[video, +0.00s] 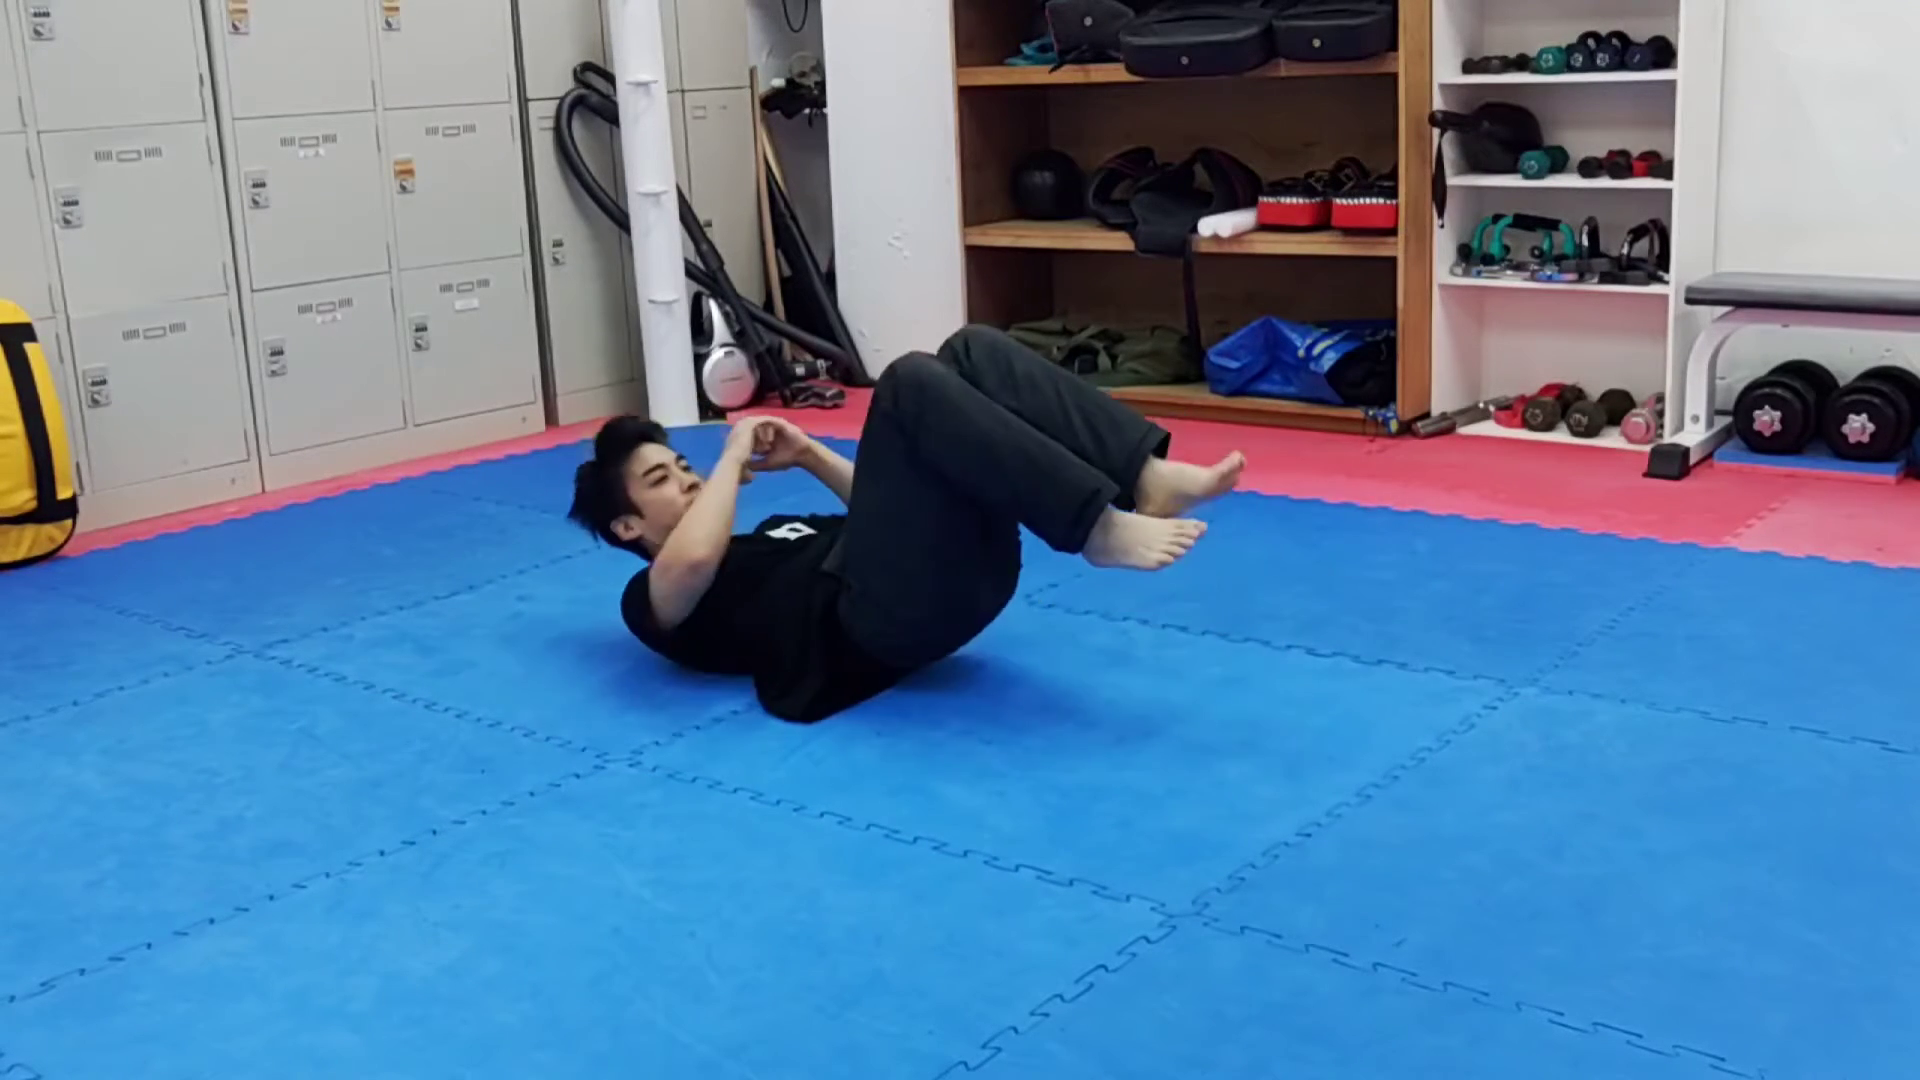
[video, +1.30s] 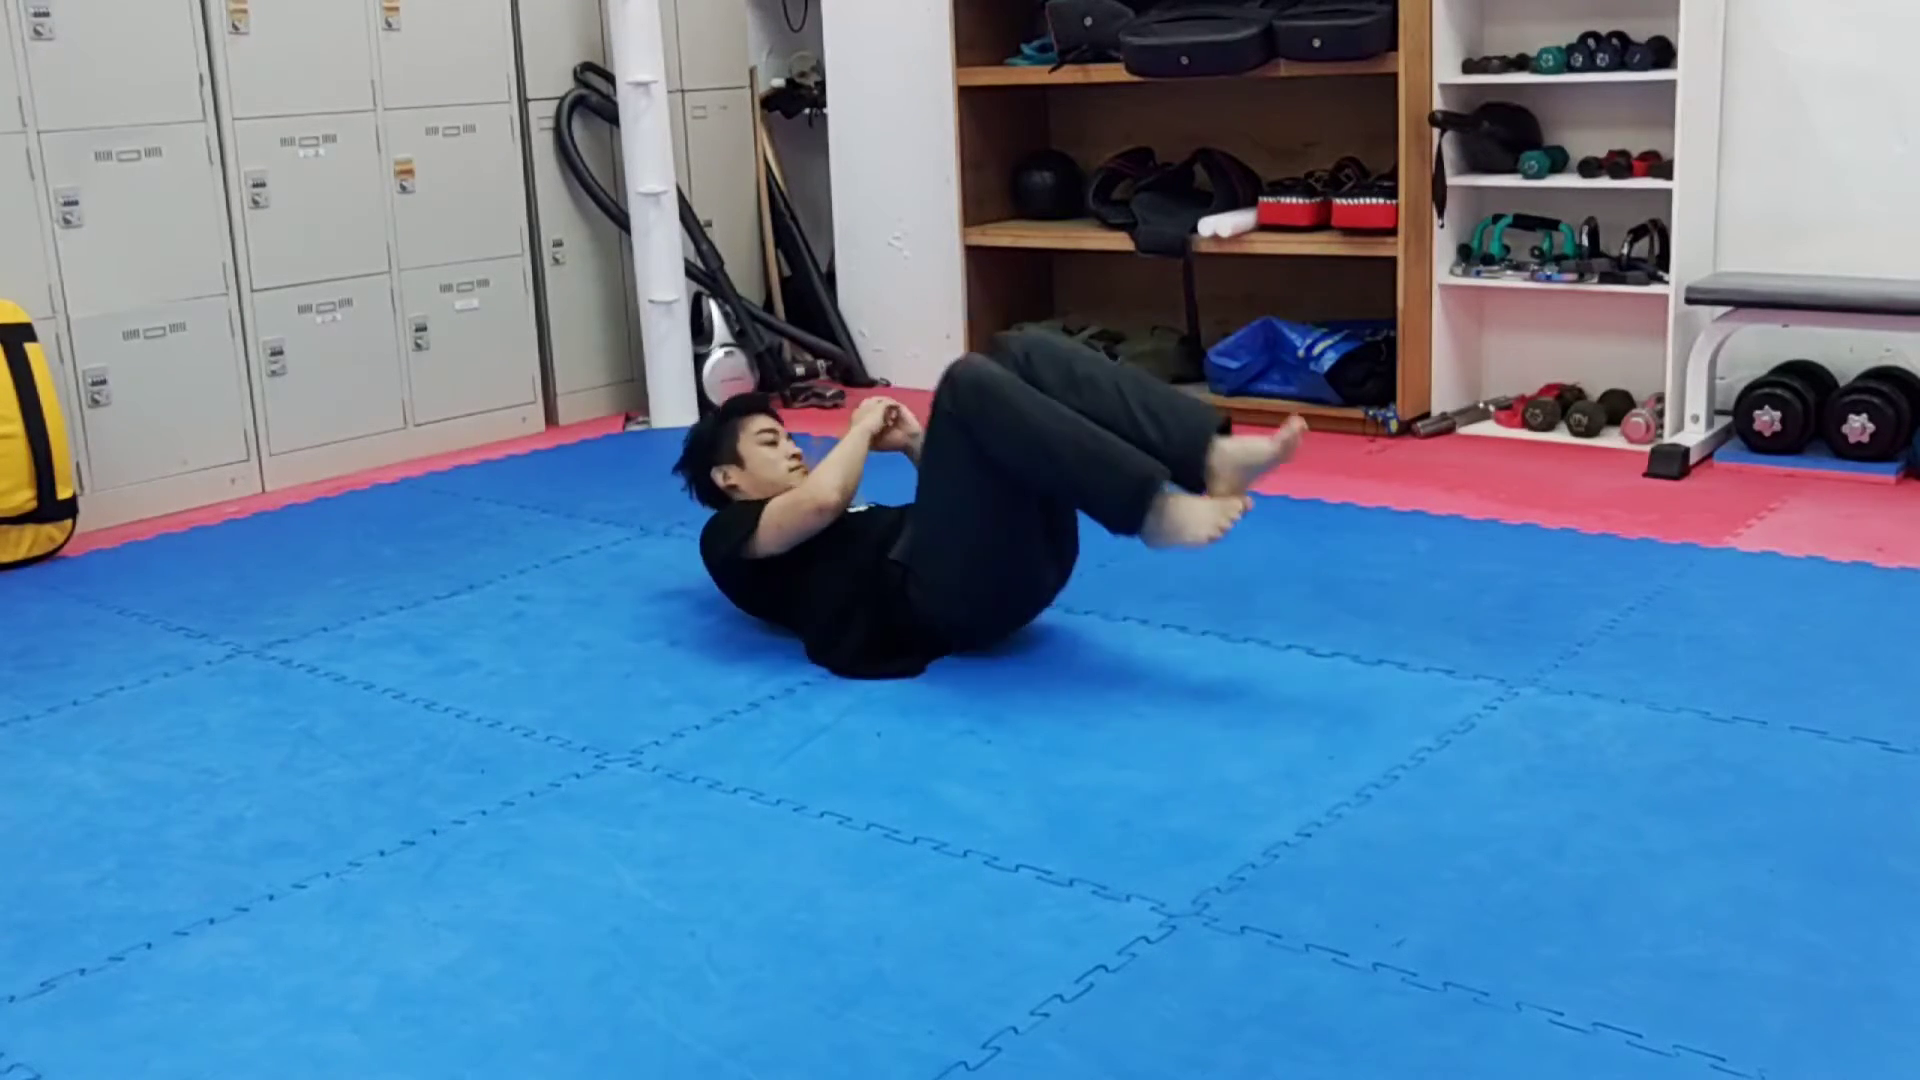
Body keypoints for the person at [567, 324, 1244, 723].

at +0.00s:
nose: (687, 482)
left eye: (684, 469)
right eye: (660, 480)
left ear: (696, 474)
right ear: (626, 529)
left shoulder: (776, 531)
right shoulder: (650, 601)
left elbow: (891, 515)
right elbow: (694, 560)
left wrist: (811, 459)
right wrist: (732, 457)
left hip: (943, 584)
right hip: (877, 626)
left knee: (974, 350)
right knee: (906, 386)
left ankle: (1145, 476)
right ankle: (1092, 528)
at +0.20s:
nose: (747, 443)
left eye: (743, 430)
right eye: (722, 437)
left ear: (751, 445)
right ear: (677, 477)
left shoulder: (788, 520)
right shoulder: (676, 551)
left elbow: (914, 546)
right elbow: (776, 529)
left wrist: (866, 477)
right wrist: (812, 458)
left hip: (983, 618)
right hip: (918, 645)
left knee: (1045, 406)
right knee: (971, 425)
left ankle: (1204, 549)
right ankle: (1143, 587)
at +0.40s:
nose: (807, 395)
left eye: (806, 377)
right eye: (780, 386)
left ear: (816, 386)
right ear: (731, 420)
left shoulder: (855, 467)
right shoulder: (724, 504)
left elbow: (973, 512)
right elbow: (776, 552)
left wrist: (907, 445)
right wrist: (842, 445)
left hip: (1016, 617)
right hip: (937, 638)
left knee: (1136, 439)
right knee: (1051, 428)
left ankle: (1275, 602)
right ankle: (1183, 622)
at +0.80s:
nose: (784, 432)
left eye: (781, 413)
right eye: (757, 434)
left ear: (795, 407)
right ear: (726, 468)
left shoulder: (857, 472)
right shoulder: (747, 547)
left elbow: (970, 461)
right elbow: (749, 626)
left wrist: (857, 444)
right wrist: (779, 493)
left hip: (1039, 605)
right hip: (956, 618)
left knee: (1128, 442)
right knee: (1048, 398)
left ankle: (1262, 509)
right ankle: (1172, 572)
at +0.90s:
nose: (790, 452)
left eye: (789, 435)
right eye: (765, 449)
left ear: (804, 435)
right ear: (727, 483)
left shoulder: (859, 504)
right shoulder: (747, 563)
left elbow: (950, 472)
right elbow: (733, 583)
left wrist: (859, 435)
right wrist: (781, 469)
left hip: (1022, 600)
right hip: (943, 603)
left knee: (1075, 408)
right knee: (996, 361)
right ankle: (1147, 493)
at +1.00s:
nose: (785, 456)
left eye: (788, 440)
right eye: (758, 448)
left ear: (800, 451)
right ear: (717, 485)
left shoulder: (836, 525)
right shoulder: (727, 557)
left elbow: (940, 486)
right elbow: (734, 523)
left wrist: (876, 436)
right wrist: (791, 438)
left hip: (1006, 572)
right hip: (930, 583)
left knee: (1033, 362)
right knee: (956, 336)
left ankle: (1194, 372)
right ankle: (1127, 441)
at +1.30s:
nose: (795, 453)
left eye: (792, 441)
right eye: (773, 445)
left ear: (793, 449)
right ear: (726, 477)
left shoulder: (819, 511)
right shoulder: (725, 538)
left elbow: (955, 486)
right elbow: (819, 505)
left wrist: (910, 448)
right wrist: (860, 431)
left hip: (1006, 569)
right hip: (947, 598)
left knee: (1025, 349)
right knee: (969, 386)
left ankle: (1207, 455)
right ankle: (1152, 509)